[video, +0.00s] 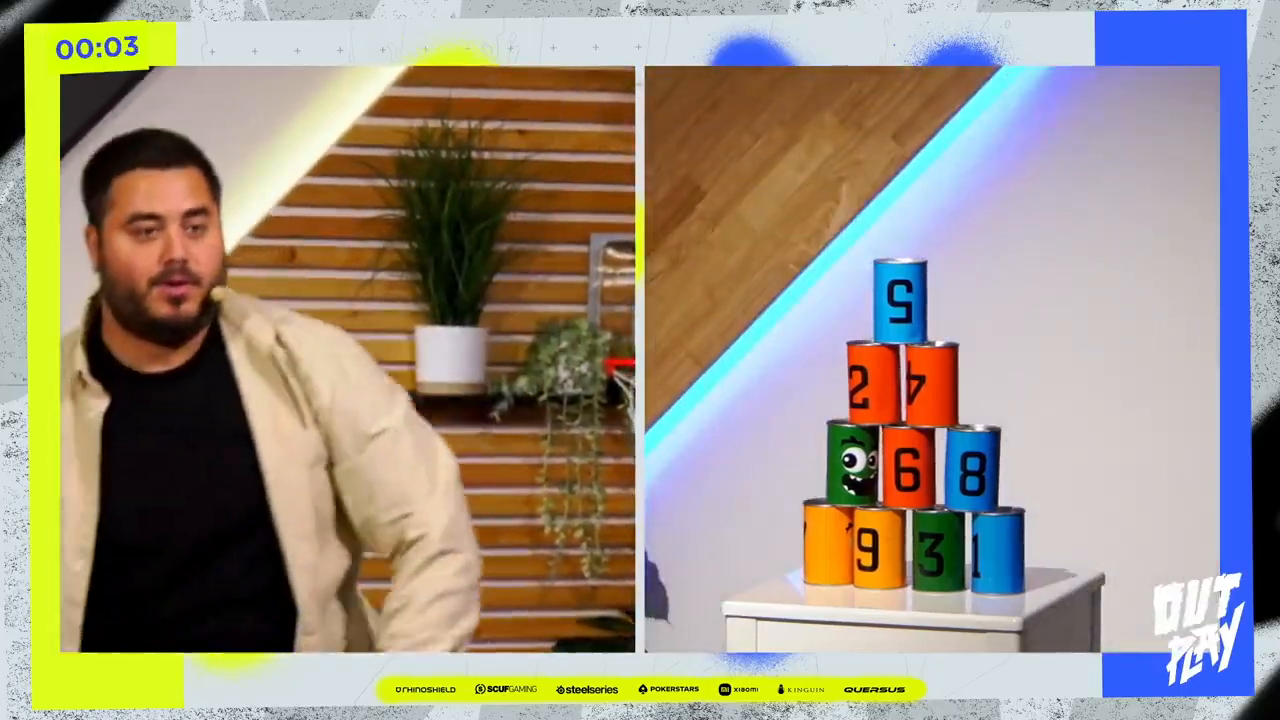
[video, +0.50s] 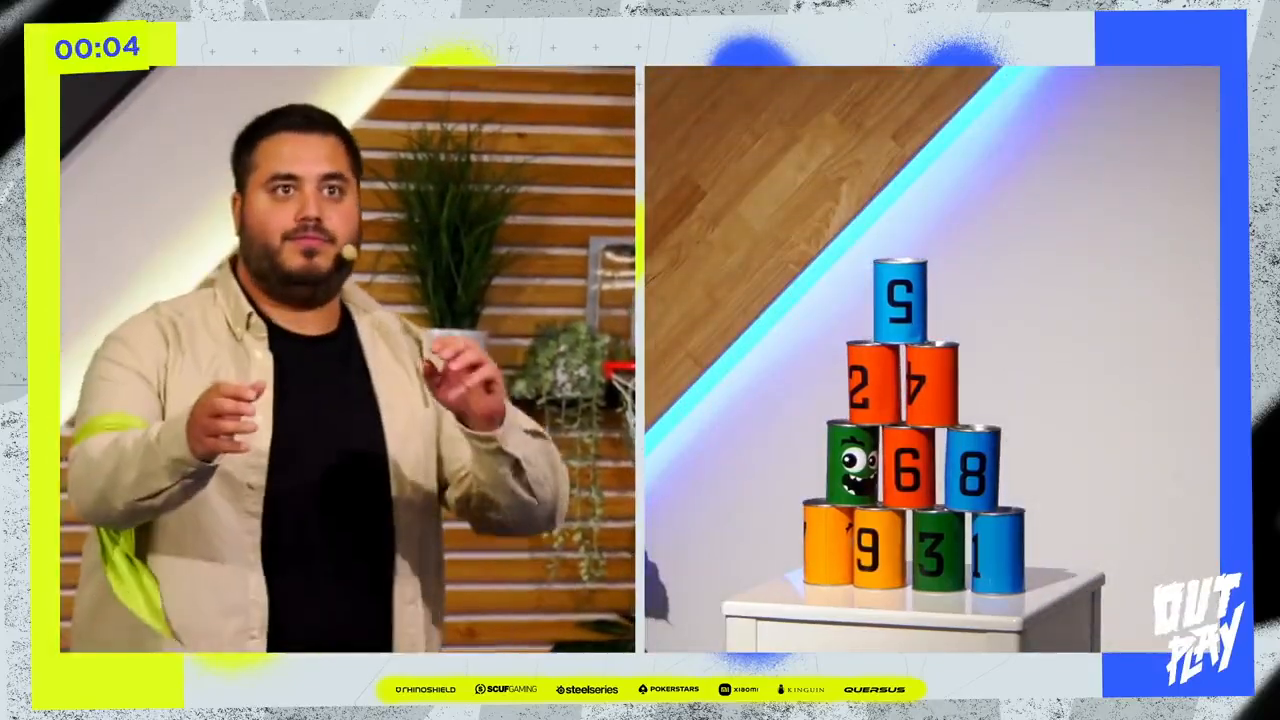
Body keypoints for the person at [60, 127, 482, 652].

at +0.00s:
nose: (177, 253)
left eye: (196, 225)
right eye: (145, 230)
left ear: (221, 235)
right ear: (95, 246)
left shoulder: (312, 364)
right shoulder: (37, 394)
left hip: (295, 708)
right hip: (92, 711)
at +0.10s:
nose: (218, 239)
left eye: (238, 212)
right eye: (187, 215)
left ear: (263, 222)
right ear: (140, 230)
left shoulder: (352, 356)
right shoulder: (60, 387)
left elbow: (487, 494)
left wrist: (471, 626)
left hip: (312, 700)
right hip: (123, 700)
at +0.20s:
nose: (257, 235)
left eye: (279, 211)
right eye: (228, 211)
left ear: (304, 223)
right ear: (183, 225)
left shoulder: (386, 362)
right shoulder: (101, 378)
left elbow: (511, 484)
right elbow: (39, 543)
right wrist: (114, 595)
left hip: (346, 692)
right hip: (170, 695)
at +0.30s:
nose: (291, 230)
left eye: (312, 206)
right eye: (262, 206)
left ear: (337, 219)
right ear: (217, 218)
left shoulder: (408, 362)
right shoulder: (134, 360)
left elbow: (496, 526)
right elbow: (67, 514)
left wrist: (519, 491)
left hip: (372, 695)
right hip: (201, 695)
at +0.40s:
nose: (308, 219)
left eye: (330, 197)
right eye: (281, 196)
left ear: (355, 216)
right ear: (236, 212)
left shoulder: (419, 360)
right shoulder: (152, 345)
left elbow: (525, 523)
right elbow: (87, 491)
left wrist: (510, 454)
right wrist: (175, 450)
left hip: (379, 694)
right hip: (204, 693)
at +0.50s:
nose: (311, 211)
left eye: (333, 189)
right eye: (284, 189)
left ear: (357, 213)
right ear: (240, 209)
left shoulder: (414, 354)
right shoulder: (155, 342)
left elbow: (532, 510)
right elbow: (91, 490)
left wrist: (495, 428)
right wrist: (183, 442)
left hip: (381, 694)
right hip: (201, 693)